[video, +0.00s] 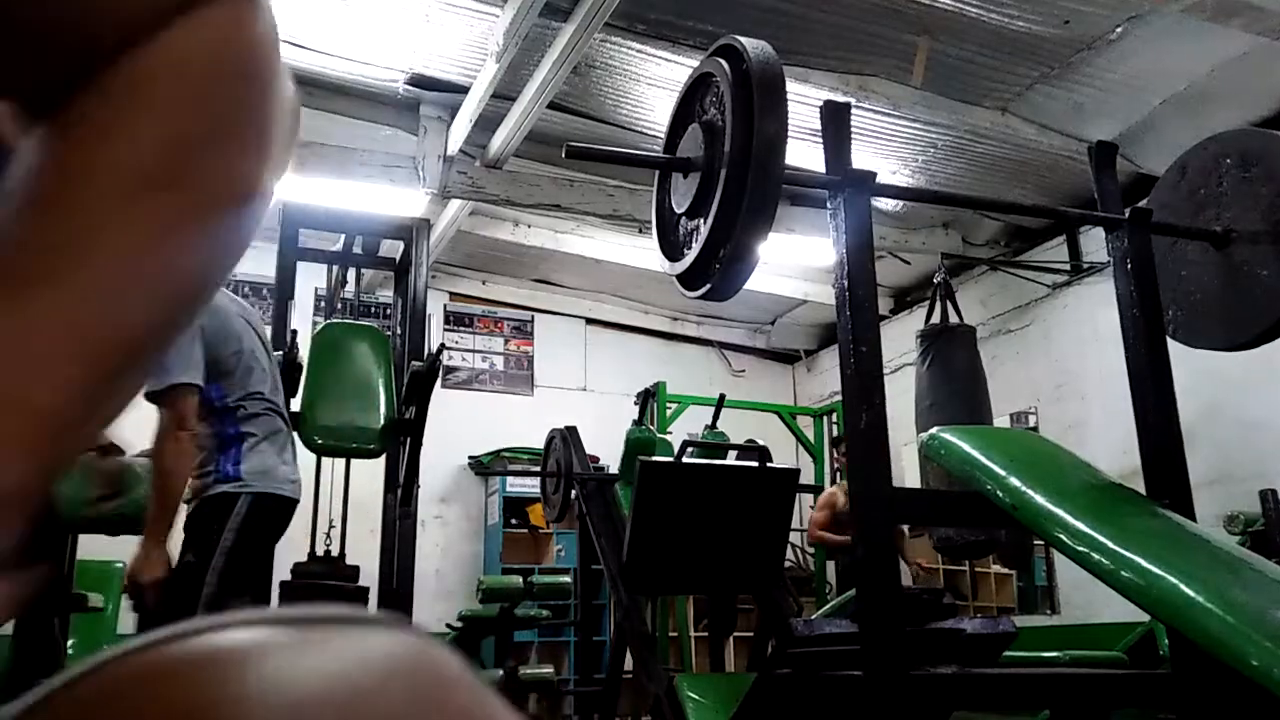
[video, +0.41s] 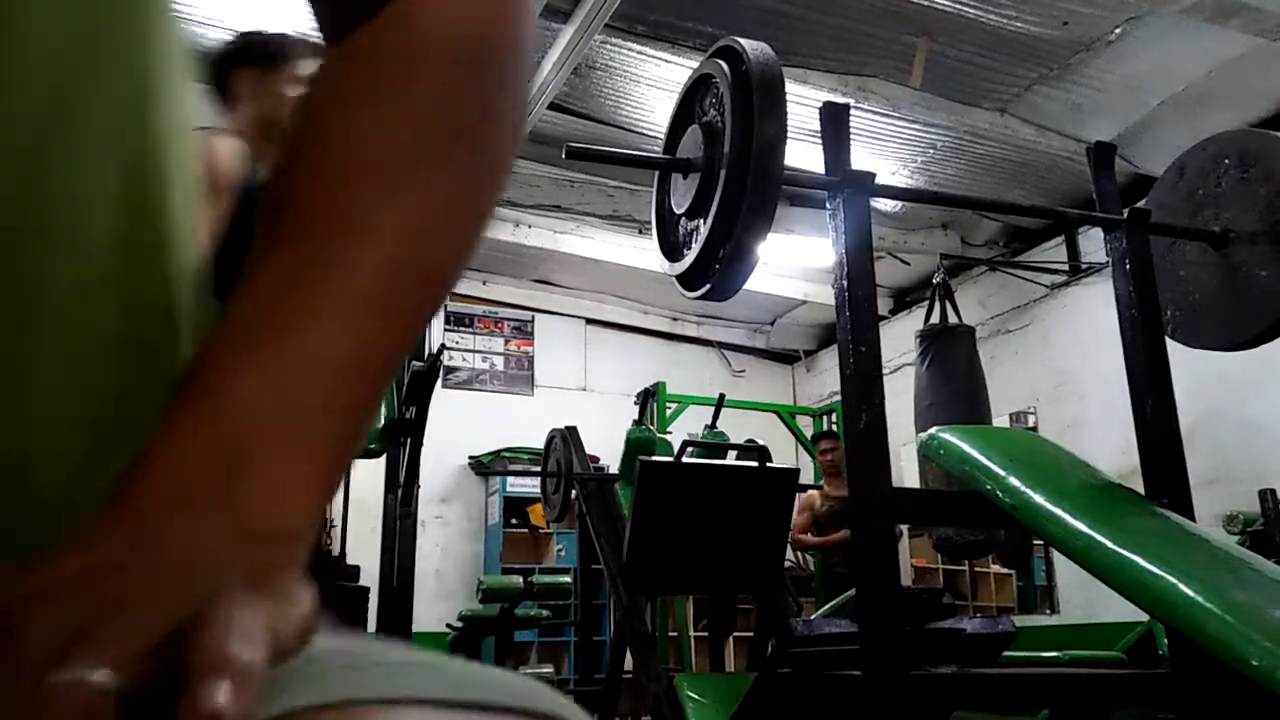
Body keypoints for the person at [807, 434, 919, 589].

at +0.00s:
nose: (852, 459)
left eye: (856, 453)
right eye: (846, 454)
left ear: (865, 456)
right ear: (838, 460)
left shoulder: (879, 491)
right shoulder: (833, 496)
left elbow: (896, 531)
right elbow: (814, 534)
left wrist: (911, 561)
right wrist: (852, 540)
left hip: (884, 572)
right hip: (851, 576)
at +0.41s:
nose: (830, 458)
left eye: (834, 451)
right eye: (823, 453)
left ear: (844, 452)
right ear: (816, 458)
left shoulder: (859, 490)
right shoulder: (813, 498)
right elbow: (798, 537)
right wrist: (837, 538)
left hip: (864, 569)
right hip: (831, 574)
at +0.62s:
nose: (825, 457)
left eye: (831, 450)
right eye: (819, 452)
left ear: (841, 452)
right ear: (813, 458)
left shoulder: (857, 490)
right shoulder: (809, 498)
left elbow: (892, 529)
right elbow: (794, 538)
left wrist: (854, 537)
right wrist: (823, 540)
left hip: (862, 570)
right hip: (829, 575)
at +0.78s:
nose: (825, 455)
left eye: (831, 448)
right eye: (818, 450)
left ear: (841, 451)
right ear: (812, 457)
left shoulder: (857, 489)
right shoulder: (808, 496)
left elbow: (892, 529)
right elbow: (794, 536)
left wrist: (851, 538)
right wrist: (816, 544)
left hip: (861, 569)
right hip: (828, 573)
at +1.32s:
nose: (812, 443)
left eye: (819, 437)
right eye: (807, 438)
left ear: (833, 442)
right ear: (802, 444)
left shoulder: (847, 481)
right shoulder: (802, 487)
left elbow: (865, 525)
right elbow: (795, 533)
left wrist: (836, 531)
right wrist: (792, 576)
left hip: (844, 571)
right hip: (809, 573)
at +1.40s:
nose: (803, 443)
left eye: (809, 436)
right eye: (798, 438)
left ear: (824, 439)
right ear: (796, 444)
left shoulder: (842, 481)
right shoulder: (798, 484)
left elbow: (860, 522)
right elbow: (793, 528)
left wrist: (829, 532)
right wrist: (791, 561)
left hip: (838, 570)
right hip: (804, 570)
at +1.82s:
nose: (764, 438)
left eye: (769, 431)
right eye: (758, 434)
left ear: (783, 435)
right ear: (755, 439)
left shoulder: (807, 476)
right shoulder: (754, 481)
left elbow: (825, 519)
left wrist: (829, 564)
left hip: (804, 566)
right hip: (768, 566)